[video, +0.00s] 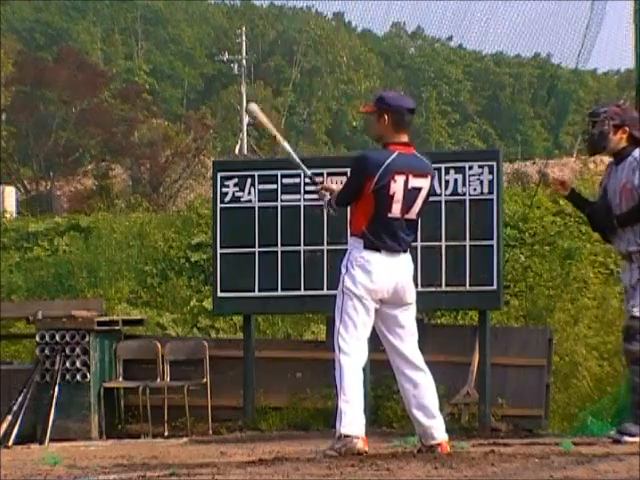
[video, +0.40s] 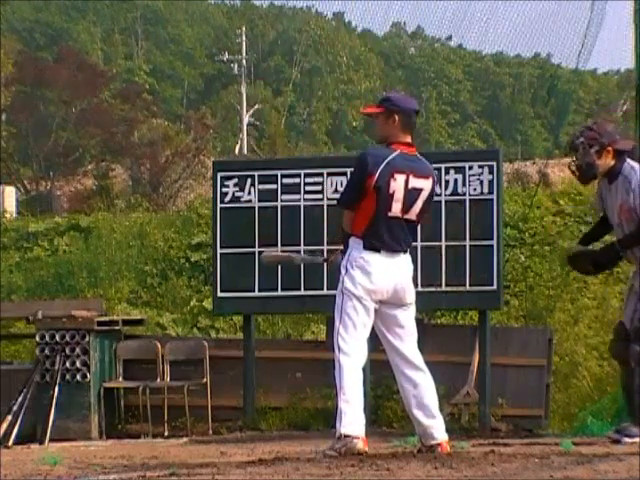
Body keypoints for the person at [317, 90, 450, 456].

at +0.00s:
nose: (369, 123)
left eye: (373, 117)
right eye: (371, 117)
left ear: (387, 120)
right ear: (402, 122)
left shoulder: (370, 162)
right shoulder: (425, 168)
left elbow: (343, 199)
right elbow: (388, 197)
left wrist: (329, 193)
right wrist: (341, 190)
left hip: (365, 264)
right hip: (402, 265)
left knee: (350, 349)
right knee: (408, 354)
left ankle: (351, 434)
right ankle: (436, 436)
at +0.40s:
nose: (373, 124)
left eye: (378, 118)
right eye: (375, 118)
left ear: (394, 121)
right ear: (402, 123)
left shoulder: (372, 159)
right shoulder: (426, 171)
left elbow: (349, 219)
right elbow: (411, 222)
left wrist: (374, 230)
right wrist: (357, 239)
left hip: (365, 262)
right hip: (401, 264)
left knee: (350, 349)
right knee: (407, 353)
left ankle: (351, 434)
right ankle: (435, 437)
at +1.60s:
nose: (358, 122)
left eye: (363, 116)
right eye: (359, 116)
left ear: (383, 118)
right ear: (388, 120)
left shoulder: (365, 156)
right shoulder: (419, 163)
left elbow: (332, 200)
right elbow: (415, 209)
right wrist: (364, 195)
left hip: (365, 261)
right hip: (402, 262)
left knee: (354, 349)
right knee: (412, 352)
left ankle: (352, 434)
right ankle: (436, 437)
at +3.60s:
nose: (360, 122)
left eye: (365, 115)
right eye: (360, 116)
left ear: (386, 117)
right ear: (392, 119)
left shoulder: (371, 153)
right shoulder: (426, 156)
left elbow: (346, 198)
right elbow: (419, 193)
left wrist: (373, 173)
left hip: (384, 256)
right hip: (420, 258)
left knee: (360, 345)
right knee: (416, 352)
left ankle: (351, 432)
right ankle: (441, 434)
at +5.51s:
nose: (361, 119)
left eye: (363, 115)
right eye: (362, 114)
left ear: (369, 119)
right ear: (396, 119)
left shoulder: (357, 160)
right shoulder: (416, 162)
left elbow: (335, 196)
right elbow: (395, 192)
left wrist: (346, 163)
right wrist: (362, 165)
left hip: (367, 263)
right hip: (406, 263)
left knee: (347, 348)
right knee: (412, 350)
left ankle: (343, 431)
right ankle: (441, 433)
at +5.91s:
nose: (365, 119)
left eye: (368, 114)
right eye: (366, 113)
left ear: (381, 119)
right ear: (398, 119)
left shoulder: (359, 161)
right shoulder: (419, 164)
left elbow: (333, 210)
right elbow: (416, 215)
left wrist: (347, 170)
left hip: (368, 262)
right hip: (407, 262)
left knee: (349, 347)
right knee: (412, 349)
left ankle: (343, 431)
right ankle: (441, 433)